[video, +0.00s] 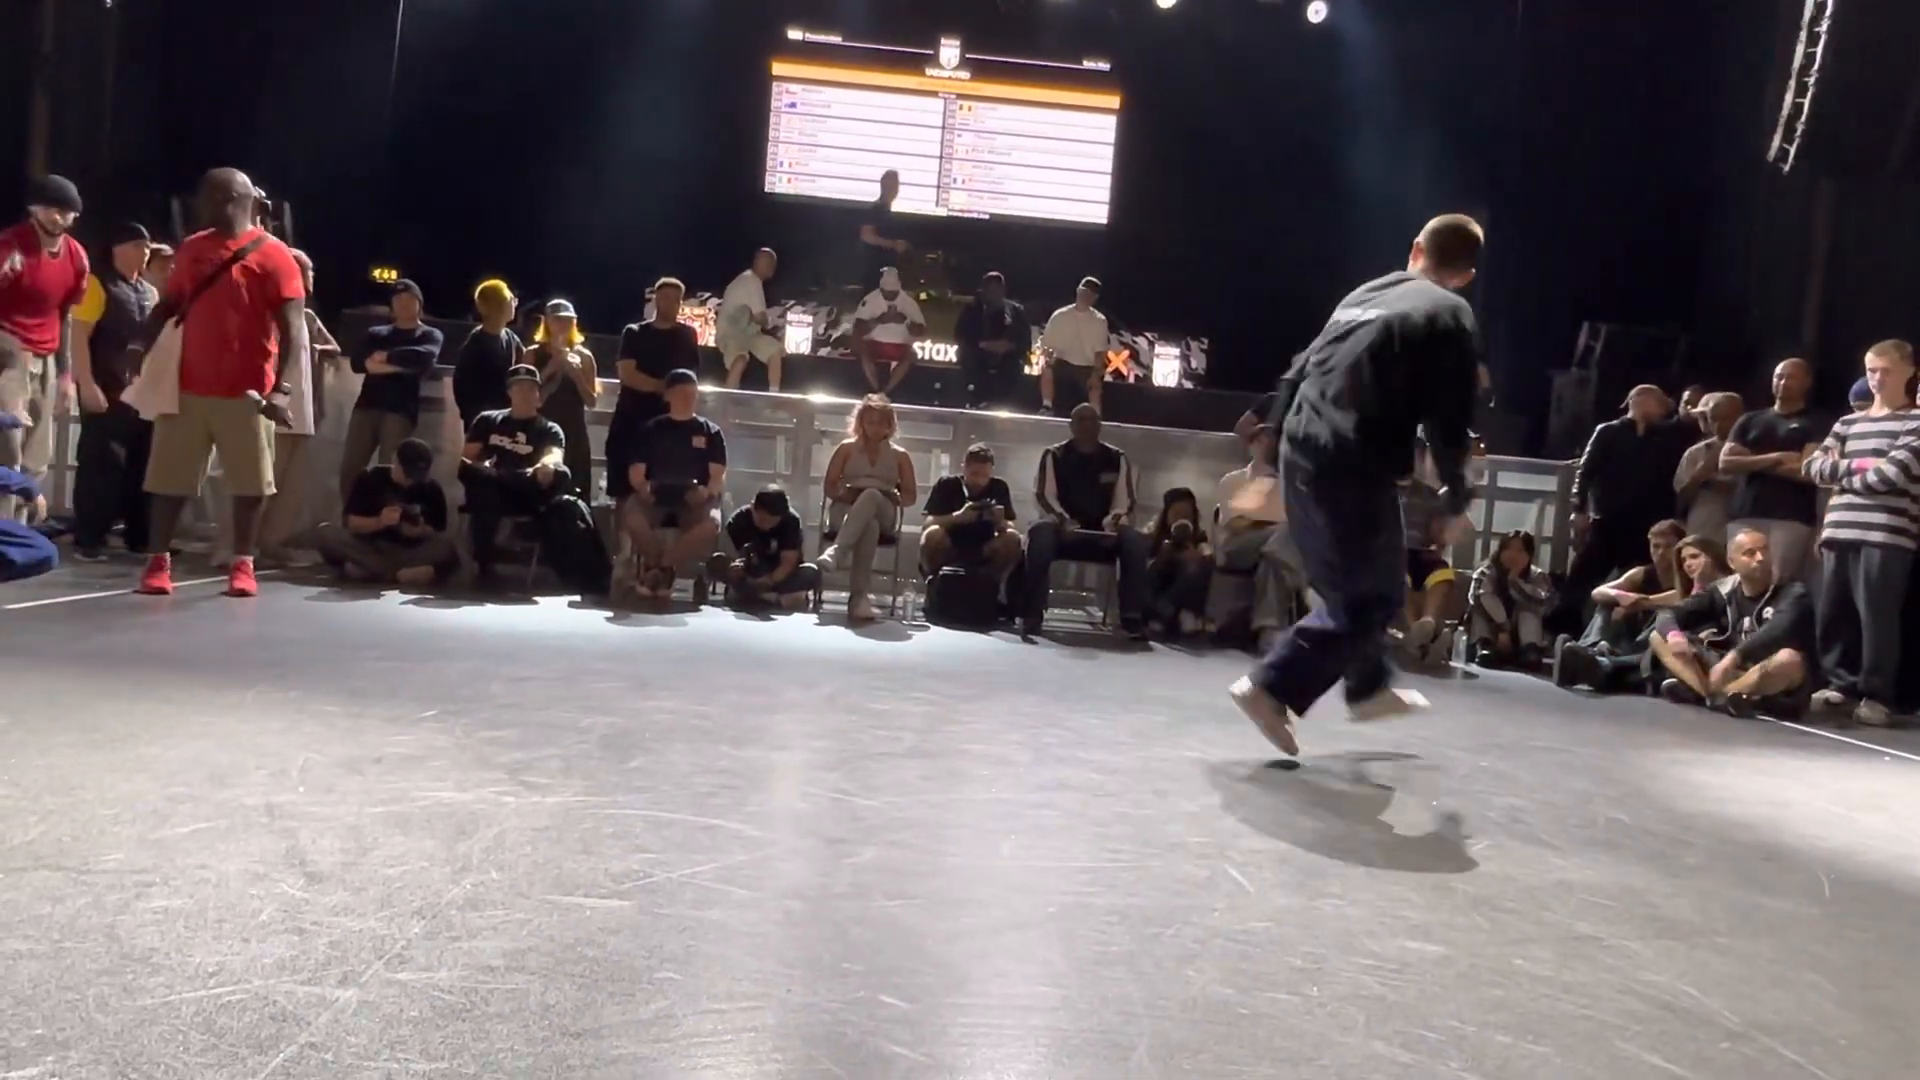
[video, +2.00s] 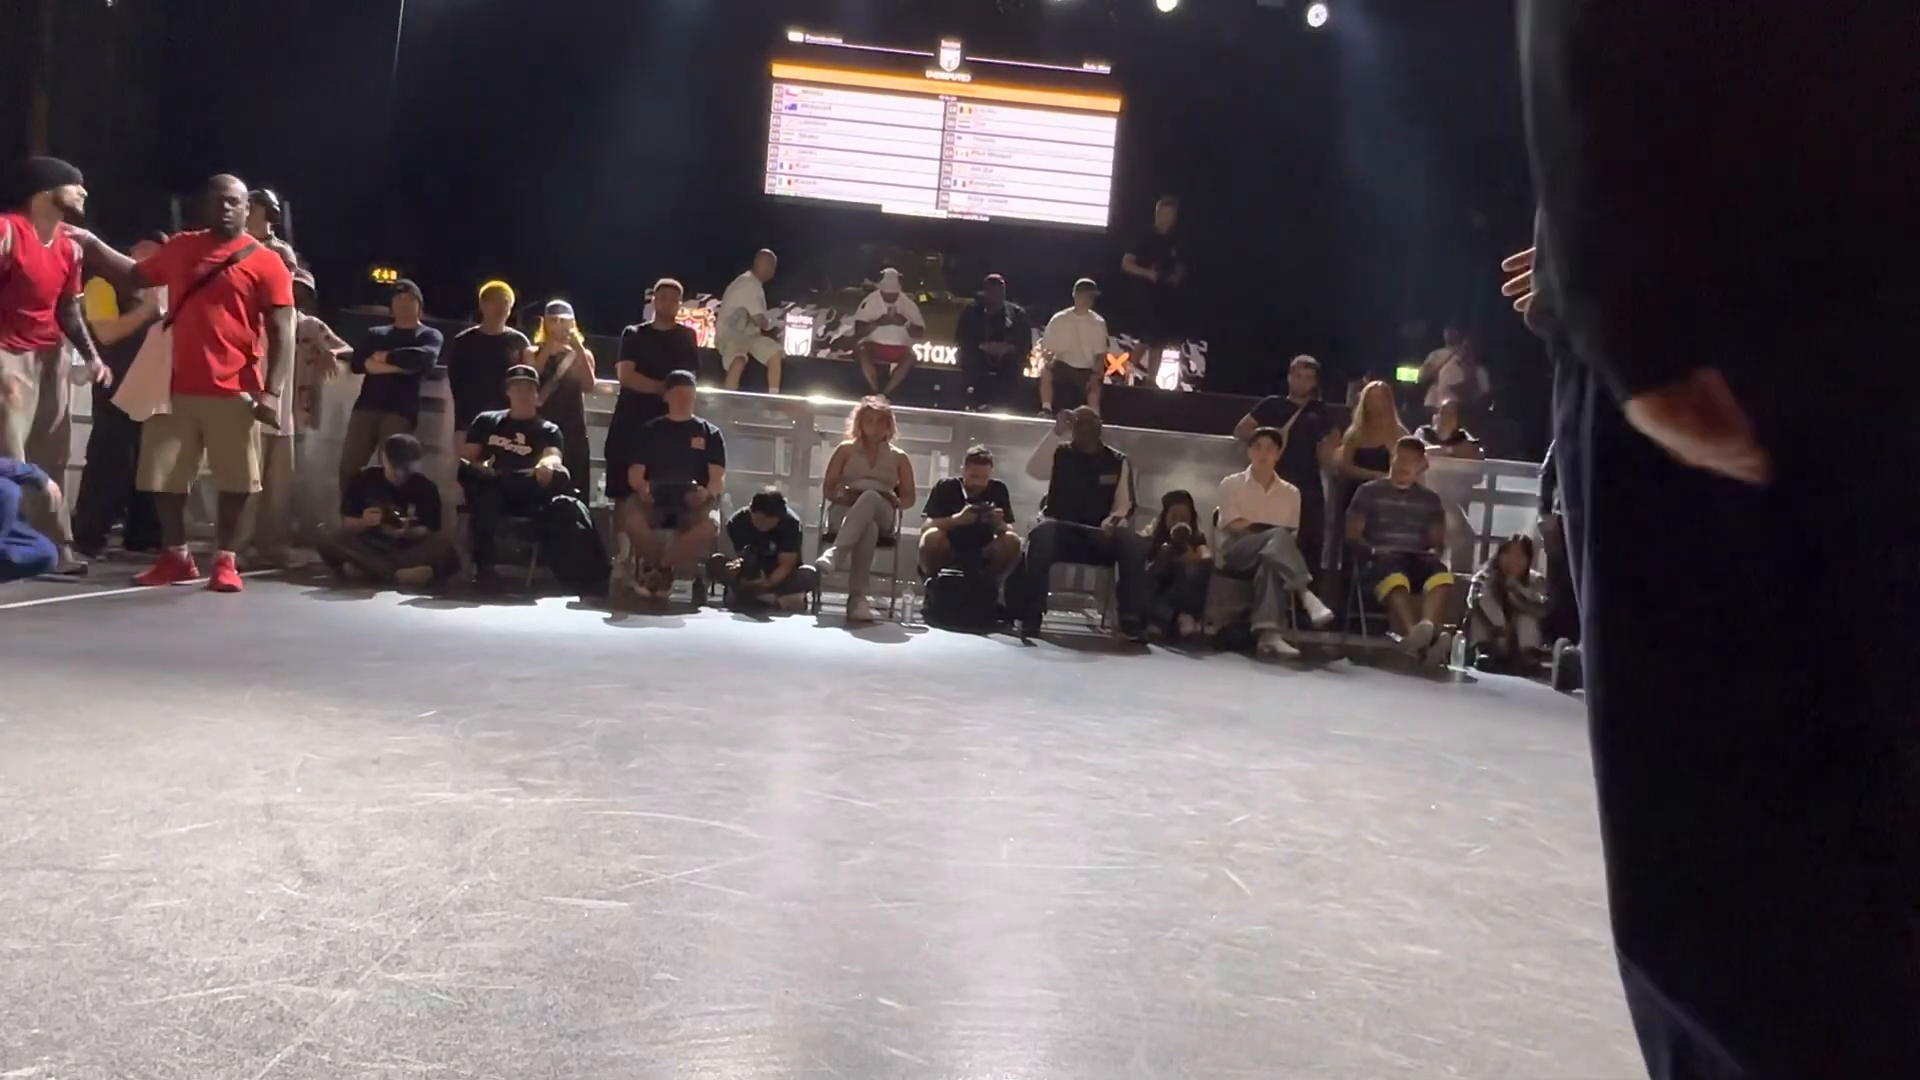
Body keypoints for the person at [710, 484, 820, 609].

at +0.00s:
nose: (765, 525)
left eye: (771, 522)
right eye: (762, 520)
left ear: (780, 516)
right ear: (753, 508)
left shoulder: (791, 521)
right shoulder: (737, 522)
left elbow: (789, 563)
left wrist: (769, 580)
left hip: (780, 568)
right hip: (751, 570)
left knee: (812, 572)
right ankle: (778, 600)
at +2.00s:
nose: (770, 525)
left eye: (774, 521)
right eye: (767, 521)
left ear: (779, 516)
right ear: (754, 513)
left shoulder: (790, 523)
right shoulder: (735, 523)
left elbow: (787, 564)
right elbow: (744, 558)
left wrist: (765, 584)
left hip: (779, 570)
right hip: (752, 571)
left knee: (809, 574)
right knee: (715, 563)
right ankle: (777, 601)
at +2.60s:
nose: (759, 533)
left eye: (764, 529)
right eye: (755, 528)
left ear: (773, 524)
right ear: (748, 518)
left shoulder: (785, 528)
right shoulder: (731, 529)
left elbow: (782, 569)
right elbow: (739, 563)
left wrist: (760, 591)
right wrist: (733, 570)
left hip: (774, 576)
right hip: (747, 576)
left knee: (805, 579)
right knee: (710, 568)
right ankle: (772, 606)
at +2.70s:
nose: (756, 534)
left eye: (762, 531)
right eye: (753, 529)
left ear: (771, 525)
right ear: (746, 519)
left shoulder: (784, 529)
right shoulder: (729, 529)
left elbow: (780, 570)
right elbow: (736, 565)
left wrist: (759, 590)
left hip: (773, 576)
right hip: (744, 577)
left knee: (804, 579)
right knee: (708, 569)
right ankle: (771, 607)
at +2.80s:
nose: (756, 534)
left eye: (762, 531)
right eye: (753, 529)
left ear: (770, 525)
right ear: (744, 520)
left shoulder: (782, 530)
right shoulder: (727, 531)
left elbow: (779, 570)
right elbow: (733, 566)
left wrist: (755, 591)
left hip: (772, 576)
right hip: (744, 578)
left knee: (802, 580)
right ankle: (770, 607)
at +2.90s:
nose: (757, 535)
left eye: (761, 531)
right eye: (753, 530)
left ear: (769, 525)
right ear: (744, 521)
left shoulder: (781, 530)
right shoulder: (726, 532)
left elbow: (778, 571)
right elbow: (731, 567)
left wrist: (759, 590)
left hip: (770, 577)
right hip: (741, 578)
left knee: (801, 581)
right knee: (705, 571)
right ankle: (765, 608)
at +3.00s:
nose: (752, 537)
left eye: (757, 533)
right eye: (748, 531)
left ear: (767, 528)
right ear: (742, 523)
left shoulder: (780, 532)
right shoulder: (726, 534)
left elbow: (777, 572)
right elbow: (735, 569)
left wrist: (761, 592)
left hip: (770, 579)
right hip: (742, 581)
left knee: (800, 582)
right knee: (705, 572)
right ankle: (767, 611)